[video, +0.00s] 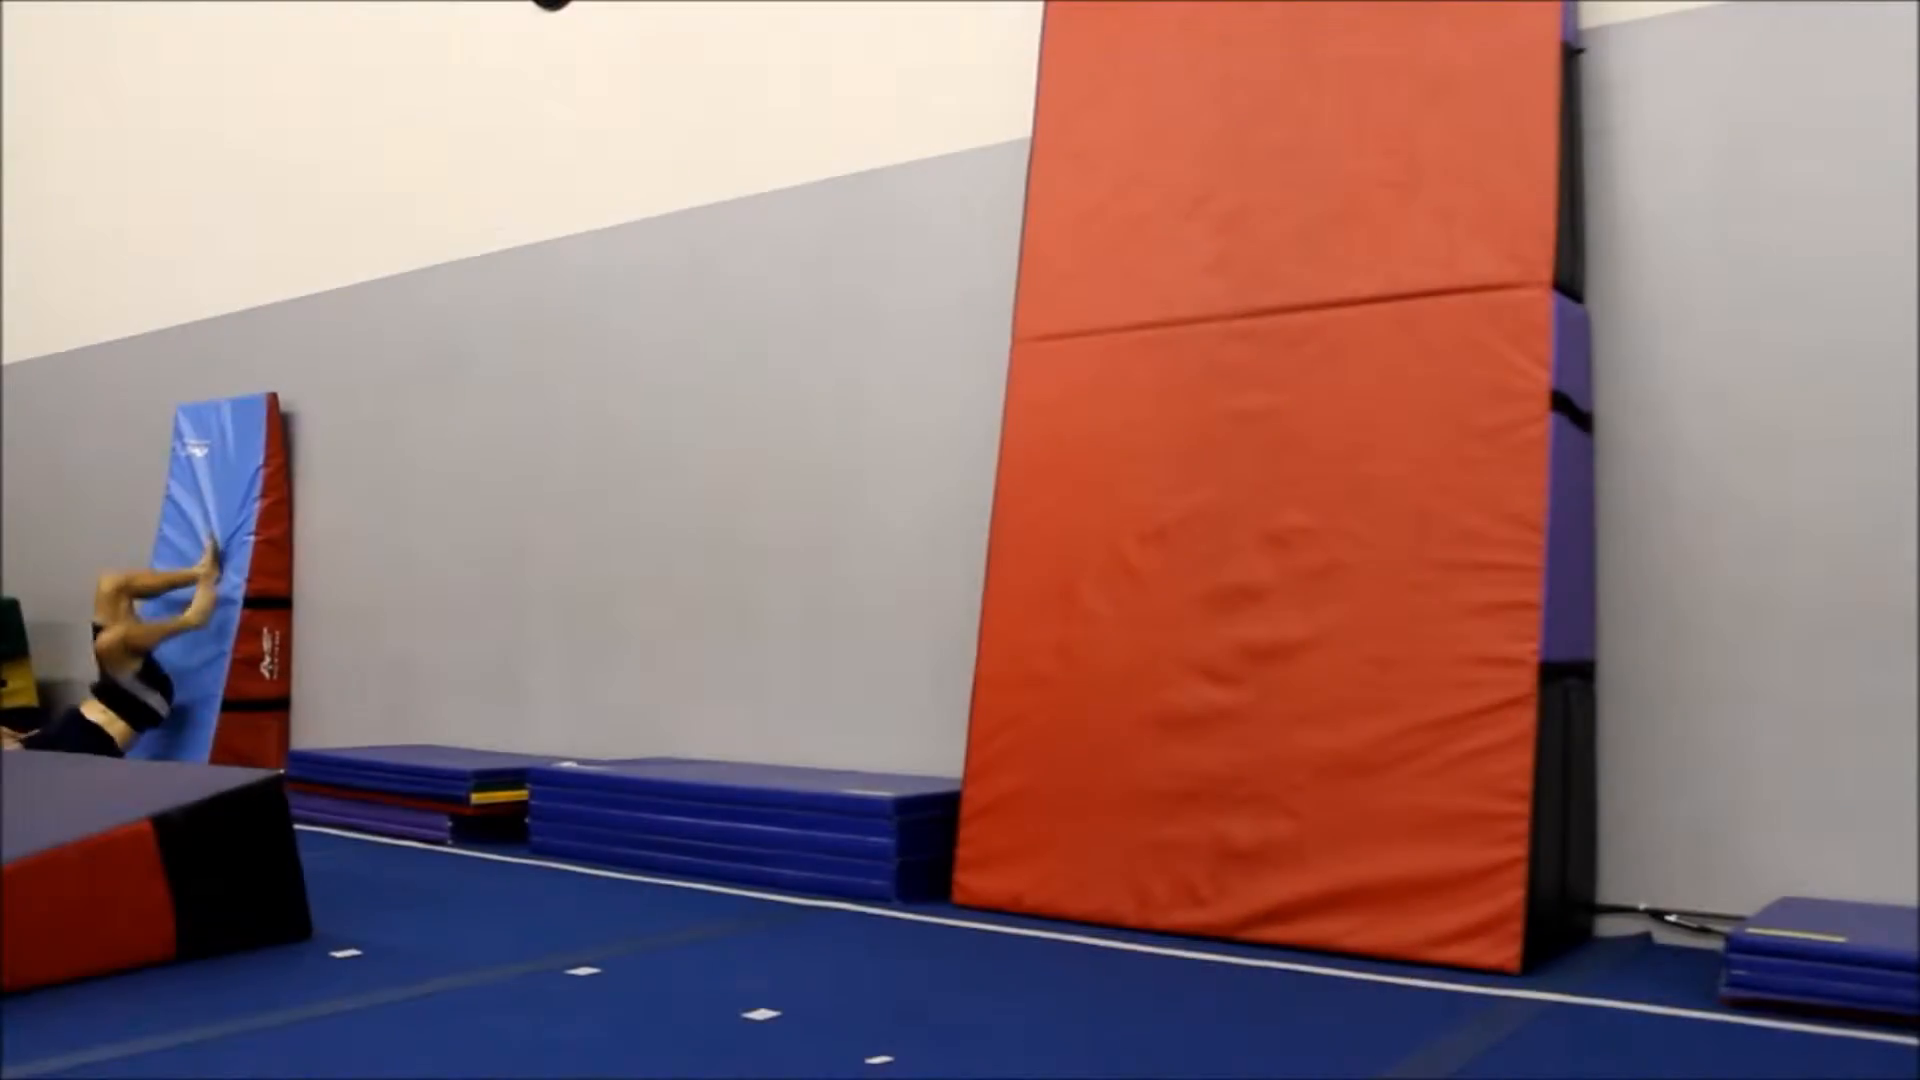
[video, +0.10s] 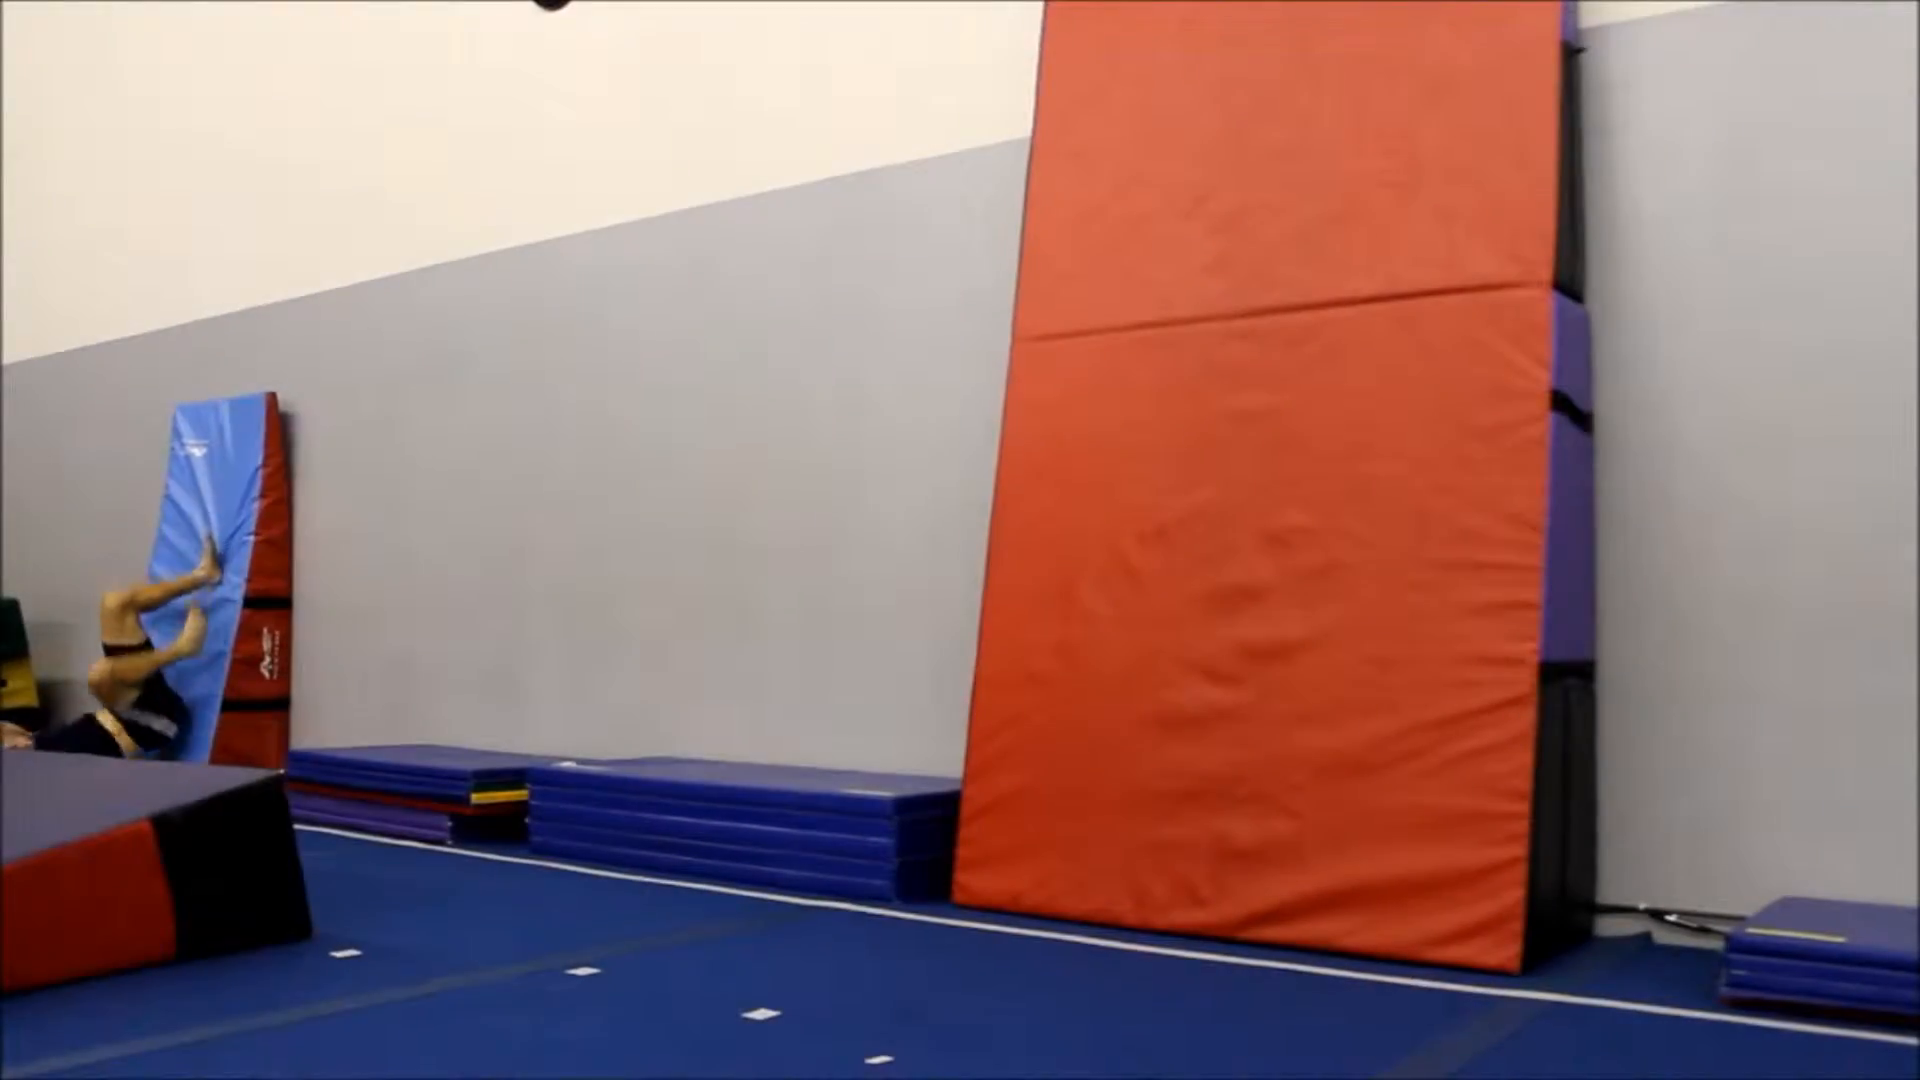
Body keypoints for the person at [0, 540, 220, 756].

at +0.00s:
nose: (10, 735)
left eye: (7, 734)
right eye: (6, 737)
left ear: (10, 736)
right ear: (5, 743)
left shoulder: (35, 744)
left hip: (108, 696)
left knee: (112, 585)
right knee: (112, 641)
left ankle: (199, 572)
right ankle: (192, 620)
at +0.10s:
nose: (21, 735)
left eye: (16, 733)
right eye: (12, 738)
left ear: (20, 734)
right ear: (11, 752)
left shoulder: (45, 744)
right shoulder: (40, 765)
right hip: (152, 727)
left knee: (115, 605)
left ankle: (200, 577)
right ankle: (182, 649)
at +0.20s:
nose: (24, 720)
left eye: (17, 719)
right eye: (17, 722)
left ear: (23, 729)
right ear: (18, 742)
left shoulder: (51, 741)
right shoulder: (52, 757)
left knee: (123, 619)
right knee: (97, 705)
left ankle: (201, 581)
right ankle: (182, 670)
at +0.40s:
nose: (36, 734)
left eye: (29, 726)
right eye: (27, 740)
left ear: (35, 722)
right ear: (29, 753)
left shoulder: (51, 729)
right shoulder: (63, 759)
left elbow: (36, 682)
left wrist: (3, 712)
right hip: (172, 753)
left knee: (138, 647)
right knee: (101, 747)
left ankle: (208, 591)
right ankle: (191, 713)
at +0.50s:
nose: (38, 733)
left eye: (33, 724)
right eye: (27, 737)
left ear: (36, 718)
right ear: (23, 750)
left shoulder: (56, 724)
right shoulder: (59, 759)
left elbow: (55, 676)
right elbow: (124, 751)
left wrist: (15, 700)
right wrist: (193, 736)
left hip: (156, 727)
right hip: (162, 757)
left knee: (130, 662)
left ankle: (215, 613)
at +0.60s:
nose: (42, 731)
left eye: (36, 721)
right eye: (29, 735)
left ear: (37, 713)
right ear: (20, 748)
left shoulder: (64, 719)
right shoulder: (44, 767)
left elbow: (71, 680)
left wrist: (32, 707)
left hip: (160, 731)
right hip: (152, 768)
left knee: (127, 678)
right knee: (205, 753)